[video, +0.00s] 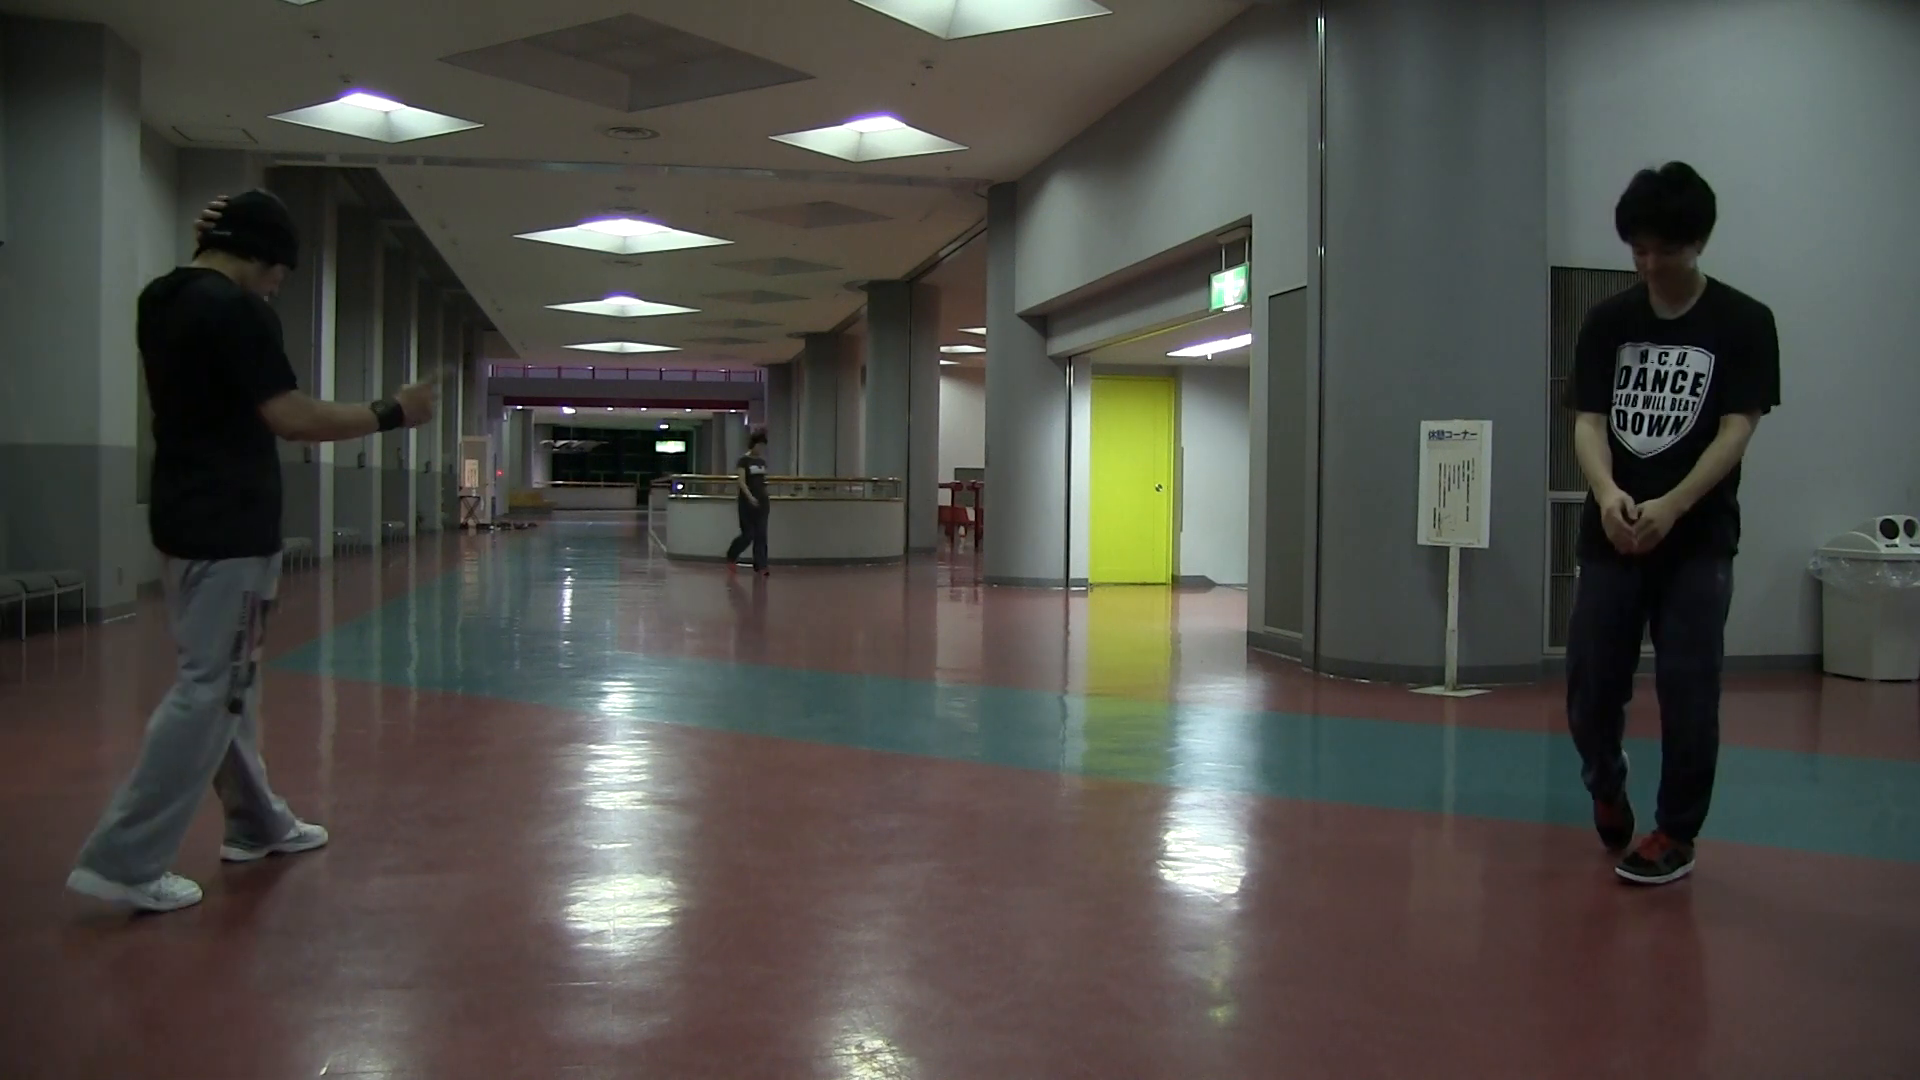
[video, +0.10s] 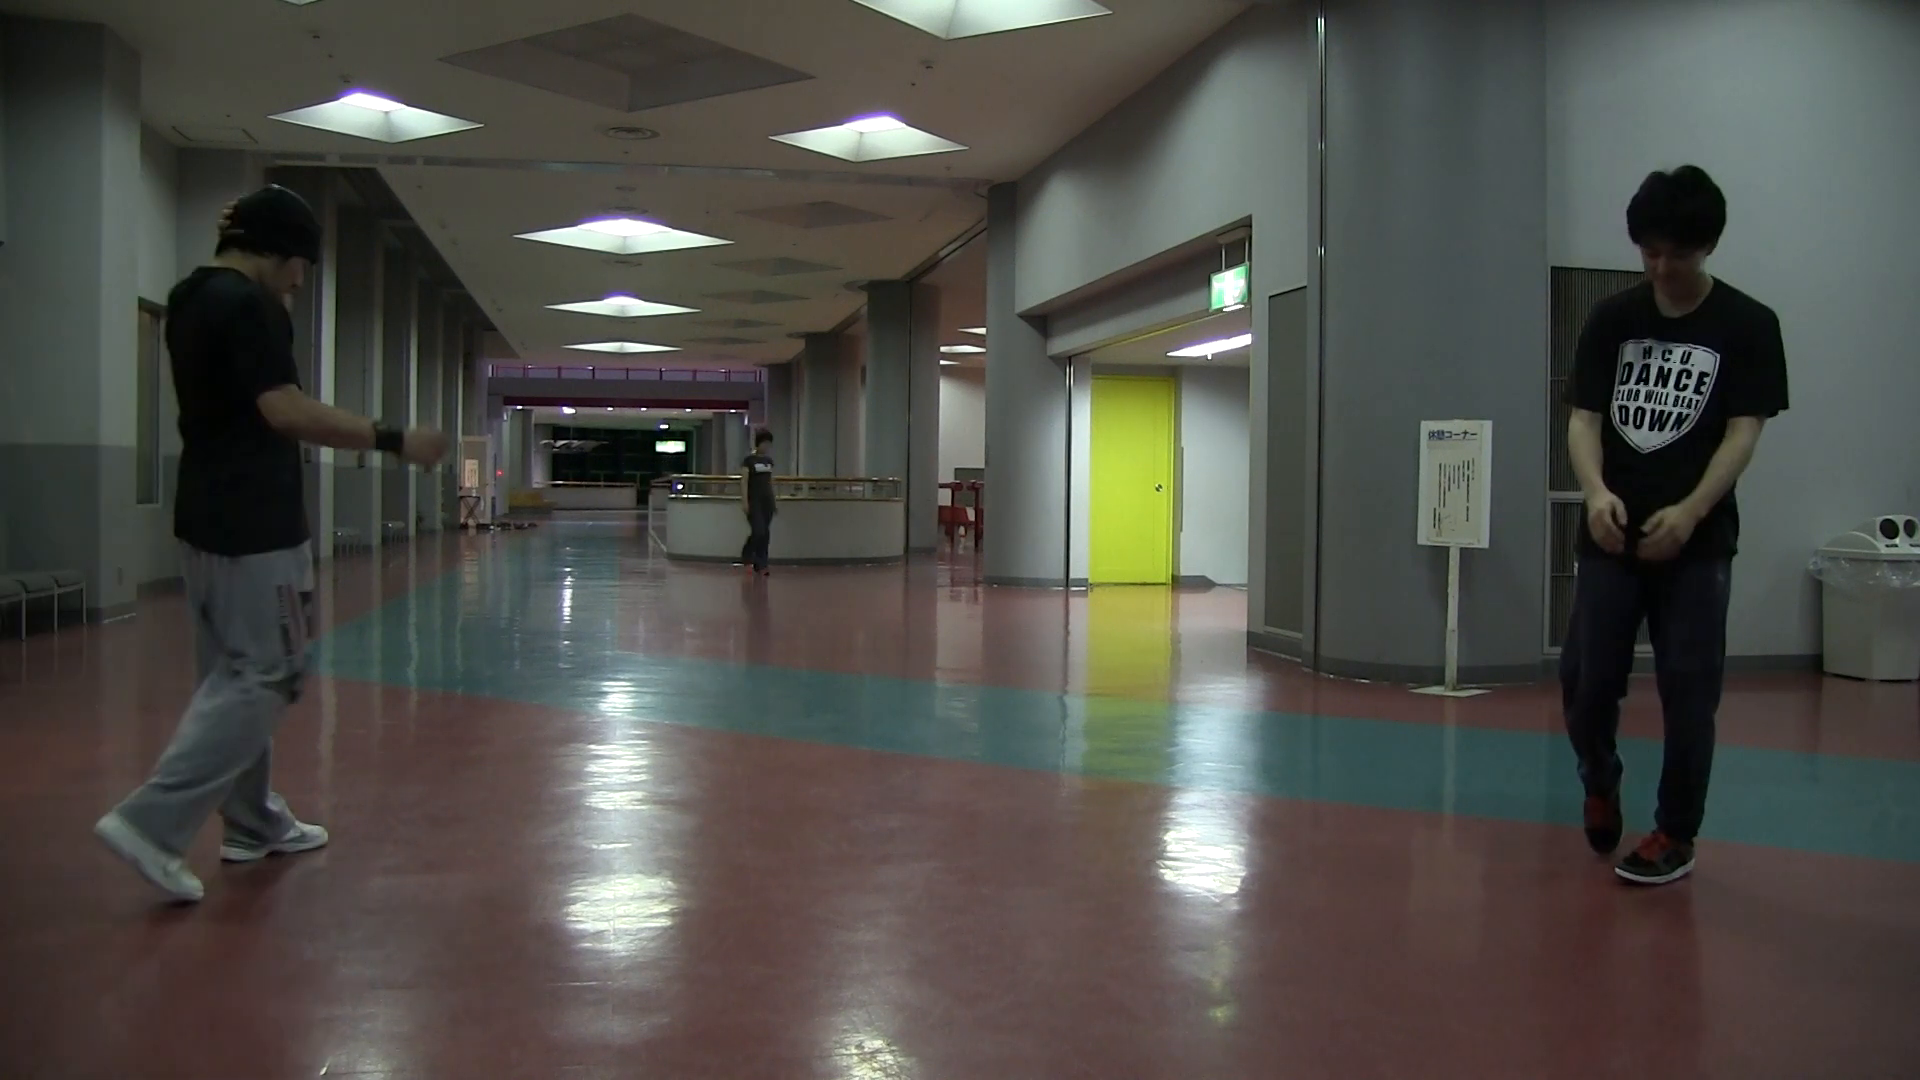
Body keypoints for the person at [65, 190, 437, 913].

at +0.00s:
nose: (276, 288)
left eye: (280, 274)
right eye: (278, 272)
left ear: (212, 244)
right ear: (257, 258)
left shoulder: (160, 300)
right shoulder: (240, 313)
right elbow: (290, 416)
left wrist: (212, 242)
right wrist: (390, 413)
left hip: (184, 522)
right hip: (236, 528)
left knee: (223, 682)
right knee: (207, 691)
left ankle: (257, 824)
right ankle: (119, 862)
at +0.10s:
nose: (299, 282)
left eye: (304, 268)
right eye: (300, 266)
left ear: (236, 240)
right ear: (272, 251)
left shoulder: (191, 298)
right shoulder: (246, 305)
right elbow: (285, 409)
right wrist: (394, 438)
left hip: (206, 521)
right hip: (254, 527)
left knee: (234, 673)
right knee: (271, 675)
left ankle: (253, 821)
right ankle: (150, 823)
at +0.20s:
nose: (322, 276)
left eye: (326, 264)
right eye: (319, 261)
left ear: (261, 245)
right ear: (287, 251)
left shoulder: (222, 299)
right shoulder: (261, 304)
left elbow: (248, 401)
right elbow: (284, 411)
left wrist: (300, 322)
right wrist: (370, 479)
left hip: (227, 517)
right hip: (275, 522)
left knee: (241, 664)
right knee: (325, 664)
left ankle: (257, 816)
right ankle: (207, 794)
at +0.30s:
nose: (344, 280)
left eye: (347, 269)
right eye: (341, 265)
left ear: (288, 251)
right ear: (310, 254)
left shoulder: (258, 300)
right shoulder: (278, 305)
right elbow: (282, 413)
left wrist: (323, 272)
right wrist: (320, 512)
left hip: (250, 520)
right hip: (292, 520)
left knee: (257, 666)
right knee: (358, 659)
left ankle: (246, 820)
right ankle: (284, 808)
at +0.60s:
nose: (425, 295)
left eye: (428, 284)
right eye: (421, 281)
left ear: (381, 268)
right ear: (387, 270)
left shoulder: (368, 323)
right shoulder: (341, 322)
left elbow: (436, 359)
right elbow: (316, 424)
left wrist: (425, 288)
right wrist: (298, 525)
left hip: (347, 534)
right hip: (370, 538)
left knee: (302, 684)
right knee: (404, 684)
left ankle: (259, 816)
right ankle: (438, 810)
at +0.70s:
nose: (449, 283)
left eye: (451, 272)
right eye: (444, 271)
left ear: (396, 261)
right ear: (413, 265)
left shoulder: (380, 320)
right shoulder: (374, 324)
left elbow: (430, 385)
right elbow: (358, 434)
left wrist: (472, 321)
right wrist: (354, 535)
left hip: (374, 531)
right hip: (402, 535)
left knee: (349, 664)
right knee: (423, 669)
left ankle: (286, 784)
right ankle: (437, 808)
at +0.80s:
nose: (464, 282)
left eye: (466, 270)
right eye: (458, 269)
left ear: (413, 265)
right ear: (424, 265)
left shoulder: (394, 321)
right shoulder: (395, 329)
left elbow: (442, 389)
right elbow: (405, 441)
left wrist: (514, 366)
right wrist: (431, 550)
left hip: (403, 532)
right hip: (417, 537)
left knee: (413, 657)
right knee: (438, 669)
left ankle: (332, 754)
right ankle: (441, 811)